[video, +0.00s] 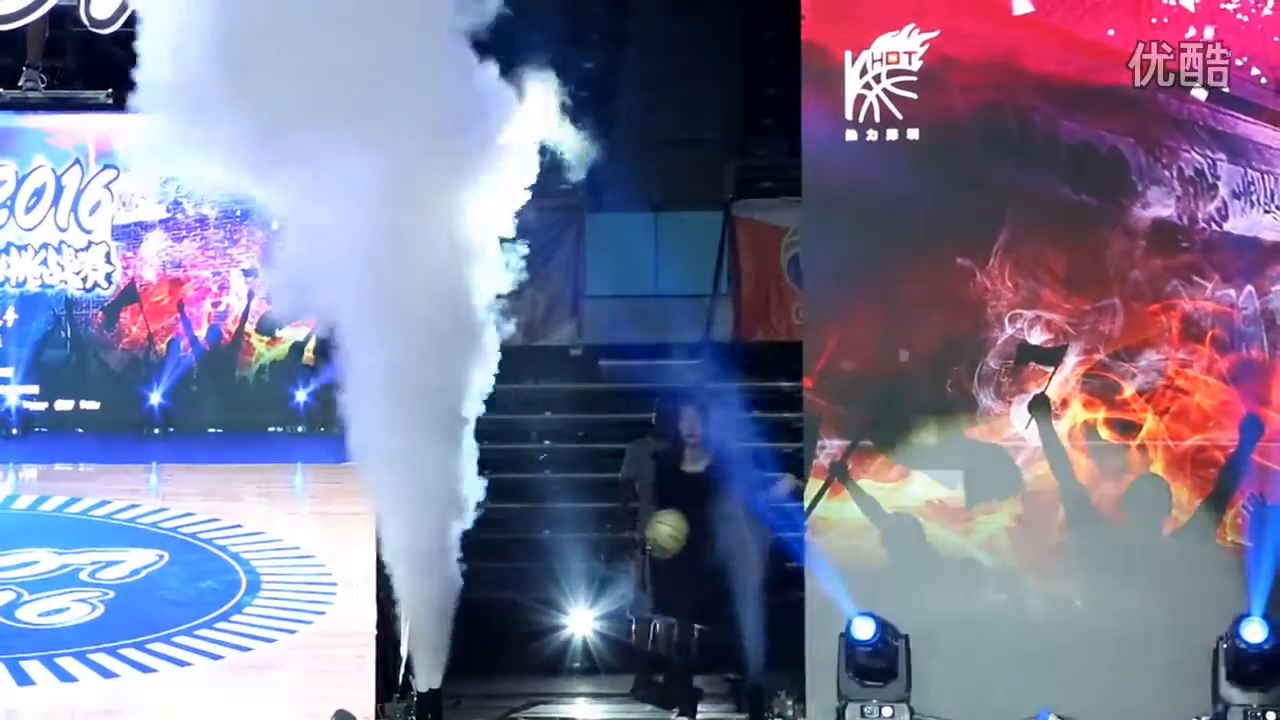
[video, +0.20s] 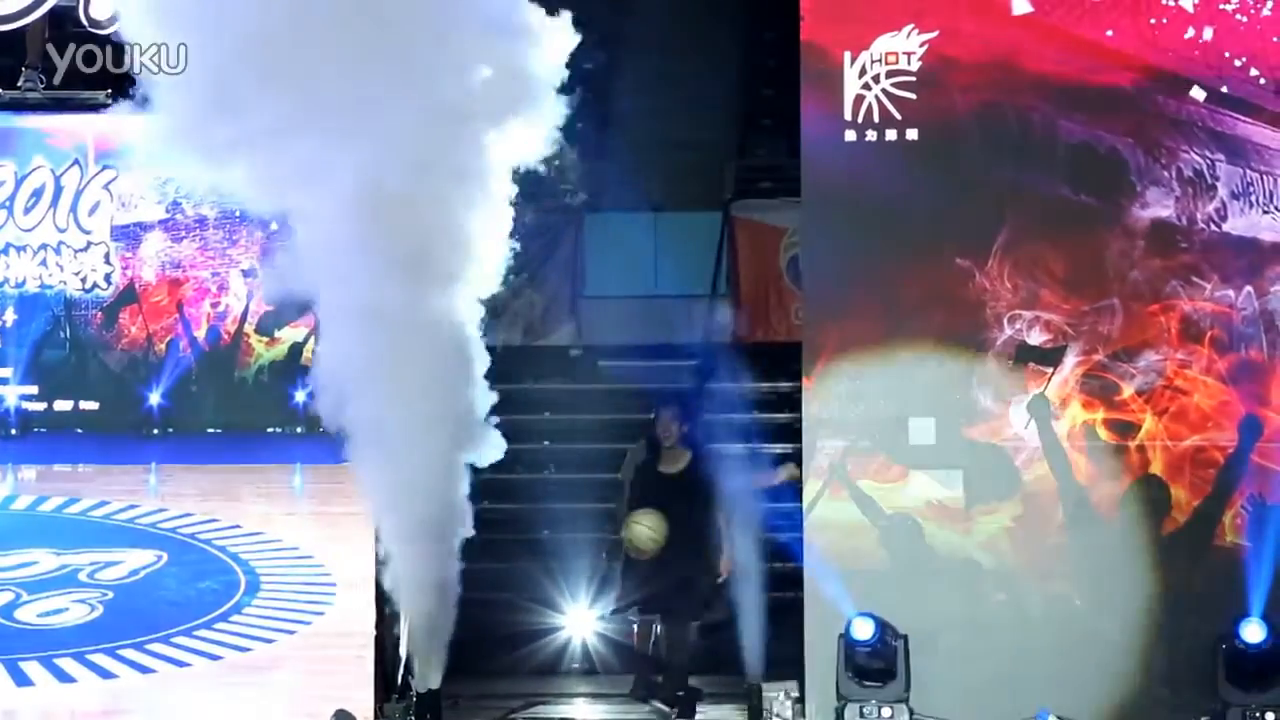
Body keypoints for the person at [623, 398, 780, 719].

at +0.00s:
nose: (691, 432)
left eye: (697, 425)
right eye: (685, 426)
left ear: (708, 427)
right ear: (677, 429)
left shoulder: (724, 467)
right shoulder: (664, 467)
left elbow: (752, 504)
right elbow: (651, 512)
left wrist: (775, 493)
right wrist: (652, 532)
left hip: (717, 560)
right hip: (674, 563)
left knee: (729, 629)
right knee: (676, 636)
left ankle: (746, 698)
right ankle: (683, 705)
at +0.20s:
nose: (665, 430)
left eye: (671, 423)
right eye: (661, 423)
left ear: (684, 426)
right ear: (654, 427)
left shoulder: (700, 465)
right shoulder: (645, 468)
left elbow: (717, 510)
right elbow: (634, 511)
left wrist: (725, 551)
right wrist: (634, 541)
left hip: (692, 554)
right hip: (655, 555)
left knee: (680, 624)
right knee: (663, 622)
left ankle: (675, 692)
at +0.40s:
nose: (647, 431)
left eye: (655, 425)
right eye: (644, 425)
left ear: (670, 431)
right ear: (640, 430)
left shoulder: (690, 469)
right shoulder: (627, 469)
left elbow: (707, 517)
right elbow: (610, 516)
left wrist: (694, 550)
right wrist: (610, 548)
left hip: (670, 562)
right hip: (630, 564)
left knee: (657, 632)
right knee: (632, 634)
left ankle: (640, 706)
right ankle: (668, 689)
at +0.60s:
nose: (634, 412)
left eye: (641, 406)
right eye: (630, 406)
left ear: (655, 412)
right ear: (624, 411)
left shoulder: (675, 454)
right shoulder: (609, 452)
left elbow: (691, 499)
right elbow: (591, 499)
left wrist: (673, 521)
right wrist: (593, 532)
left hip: (660, 550)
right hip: (619, 550)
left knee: (654, 624)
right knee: (613, 619)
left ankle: (644, 698)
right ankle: (623, 680)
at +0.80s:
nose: (619, 415)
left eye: (626, 408)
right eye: (615, 408)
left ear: (640, 412)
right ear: (608, 413)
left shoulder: (660, 454)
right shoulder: (591, 457)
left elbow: (673, 505)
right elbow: (577, 506)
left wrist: (648, 526)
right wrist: (573, 537)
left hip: (644, 554)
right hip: (598, 556)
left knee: (643, 629)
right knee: (595, 627)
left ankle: (639, 702)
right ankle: (593, 692)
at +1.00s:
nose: (603, 406)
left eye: (610, 400)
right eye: (598, 399)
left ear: (622, 406)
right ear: (591, 404)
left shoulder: (641, 449)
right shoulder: (573, 448)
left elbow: (655, 505)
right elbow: (552, 499)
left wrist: (634, 533)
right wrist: (571, 512)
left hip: (626, 550)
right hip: (582, 551)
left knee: (626, 626)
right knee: (584, 624)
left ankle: (632, 677)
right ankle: (589, 696)